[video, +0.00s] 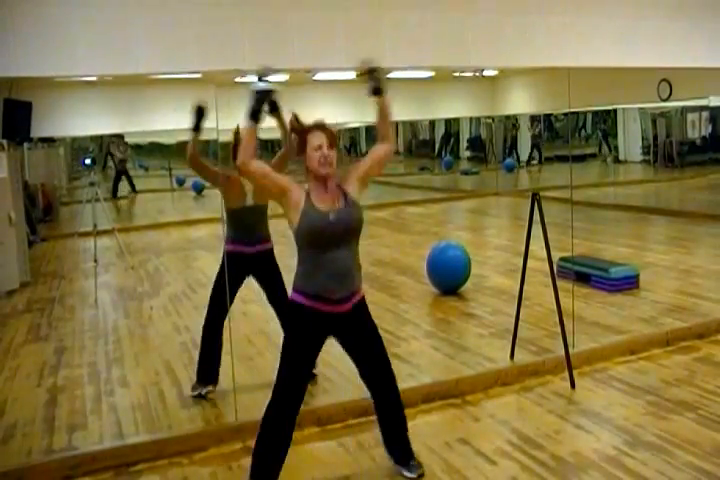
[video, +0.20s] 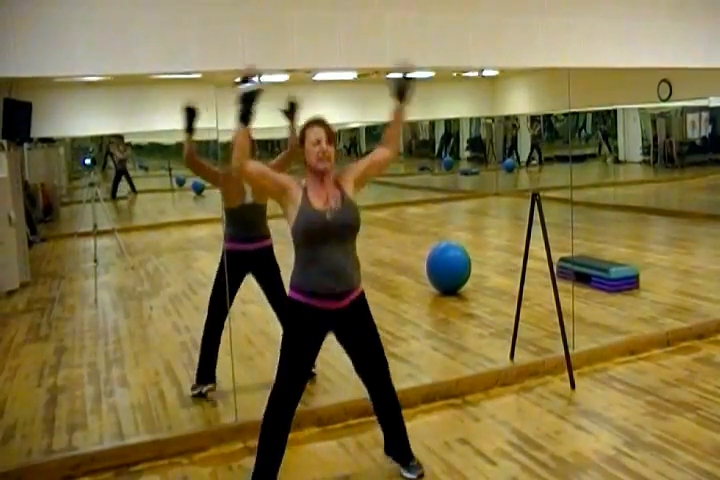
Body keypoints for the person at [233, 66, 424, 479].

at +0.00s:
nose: (324, 153)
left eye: (330, 147)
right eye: (317, 148)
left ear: (338, 154)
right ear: (304, 157)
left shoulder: (352, 184)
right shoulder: (292, 193)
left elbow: (386, 145)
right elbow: (245, 162)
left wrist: (380, 92)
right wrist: (254, 107)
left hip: (352, 308)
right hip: (308, 311)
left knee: (384, 384)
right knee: (285, 400)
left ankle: (403, 457)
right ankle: (262, 475)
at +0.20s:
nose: (322, 148)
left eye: (327, 141)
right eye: (314, 142)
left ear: (335, 147)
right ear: (302, 150)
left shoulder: (348, 181)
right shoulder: (290, 190)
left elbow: (388, 150)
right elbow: (242, 164)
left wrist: (399, 104)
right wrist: (245, 110)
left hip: (351, 303)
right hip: (307, 306)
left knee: (380, 381)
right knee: (285, 395)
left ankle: (401, 453)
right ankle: (264, 475)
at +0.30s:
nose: (322, 129)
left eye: (326, 123)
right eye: (313, 124)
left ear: (334, 130)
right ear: (299, 133)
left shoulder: (349, 167)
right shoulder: (285, 174)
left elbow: (394, 177)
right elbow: (235, 194)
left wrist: (429, 162)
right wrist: (210, 176)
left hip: (347, 282)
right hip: (304, 286)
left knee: (368, 362)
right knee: (295, 378)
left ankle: (381, 446)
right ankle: (279, 472)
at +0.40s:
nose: (321, 135)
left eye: (325, 129)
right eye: (312, 131)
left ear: (333, 135)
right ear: (298, 140)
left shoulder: (346, 179)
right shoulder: (286, 188)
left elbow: (372, 228)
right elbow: (259, 235)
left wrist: (417, 250)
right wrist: (233, 257)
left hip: (345, 288)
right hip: (304, 291)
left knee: (359, 373)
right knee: (308, 380)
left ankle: (351, 453)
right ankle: (304, 469)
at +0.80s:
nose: (315, 136)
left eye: (320, 129)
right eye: (306, 130)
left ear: (328, 135)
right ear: (293, 139)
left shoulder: (345, 169)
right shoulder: (280, 178)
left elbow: (394, 160)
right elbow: (233, 194)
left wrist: (412, 118)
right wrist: (222, 153)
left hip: (344, 286)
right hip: (300, 290)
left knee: (369, 368)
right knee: (288, 379)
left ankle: (381, 447)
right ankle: (272, 473)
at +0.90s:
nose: (316, 164)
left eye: (321, 158)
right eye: (309, 159)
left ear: (329, 165)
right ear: (297, 167)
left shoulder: (342, 196)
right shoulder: (285, 204)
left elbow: (378, 153)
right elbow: (240, 171)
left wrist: (365, 105)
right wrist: (257, 123)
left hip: (347, 319)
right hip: (302, 323)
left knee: (384, 390)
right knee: (274, 410)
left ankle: (396, 453)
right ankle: (257, 478)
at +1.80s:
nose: (316, 170)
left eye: (321, 164)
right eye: (308, 165)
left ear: (328, 170)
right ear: (296, 173)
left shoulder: (341, 200)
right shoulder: (288, 210)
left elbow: (371, 152)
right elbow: (249, 163)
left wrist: (346, 110)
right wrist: (275, 119)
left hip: (349, 326)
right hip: (302, 329)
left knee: (387, 397)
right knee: (275, 412)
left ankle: (408, 465)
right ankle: (258, 476)